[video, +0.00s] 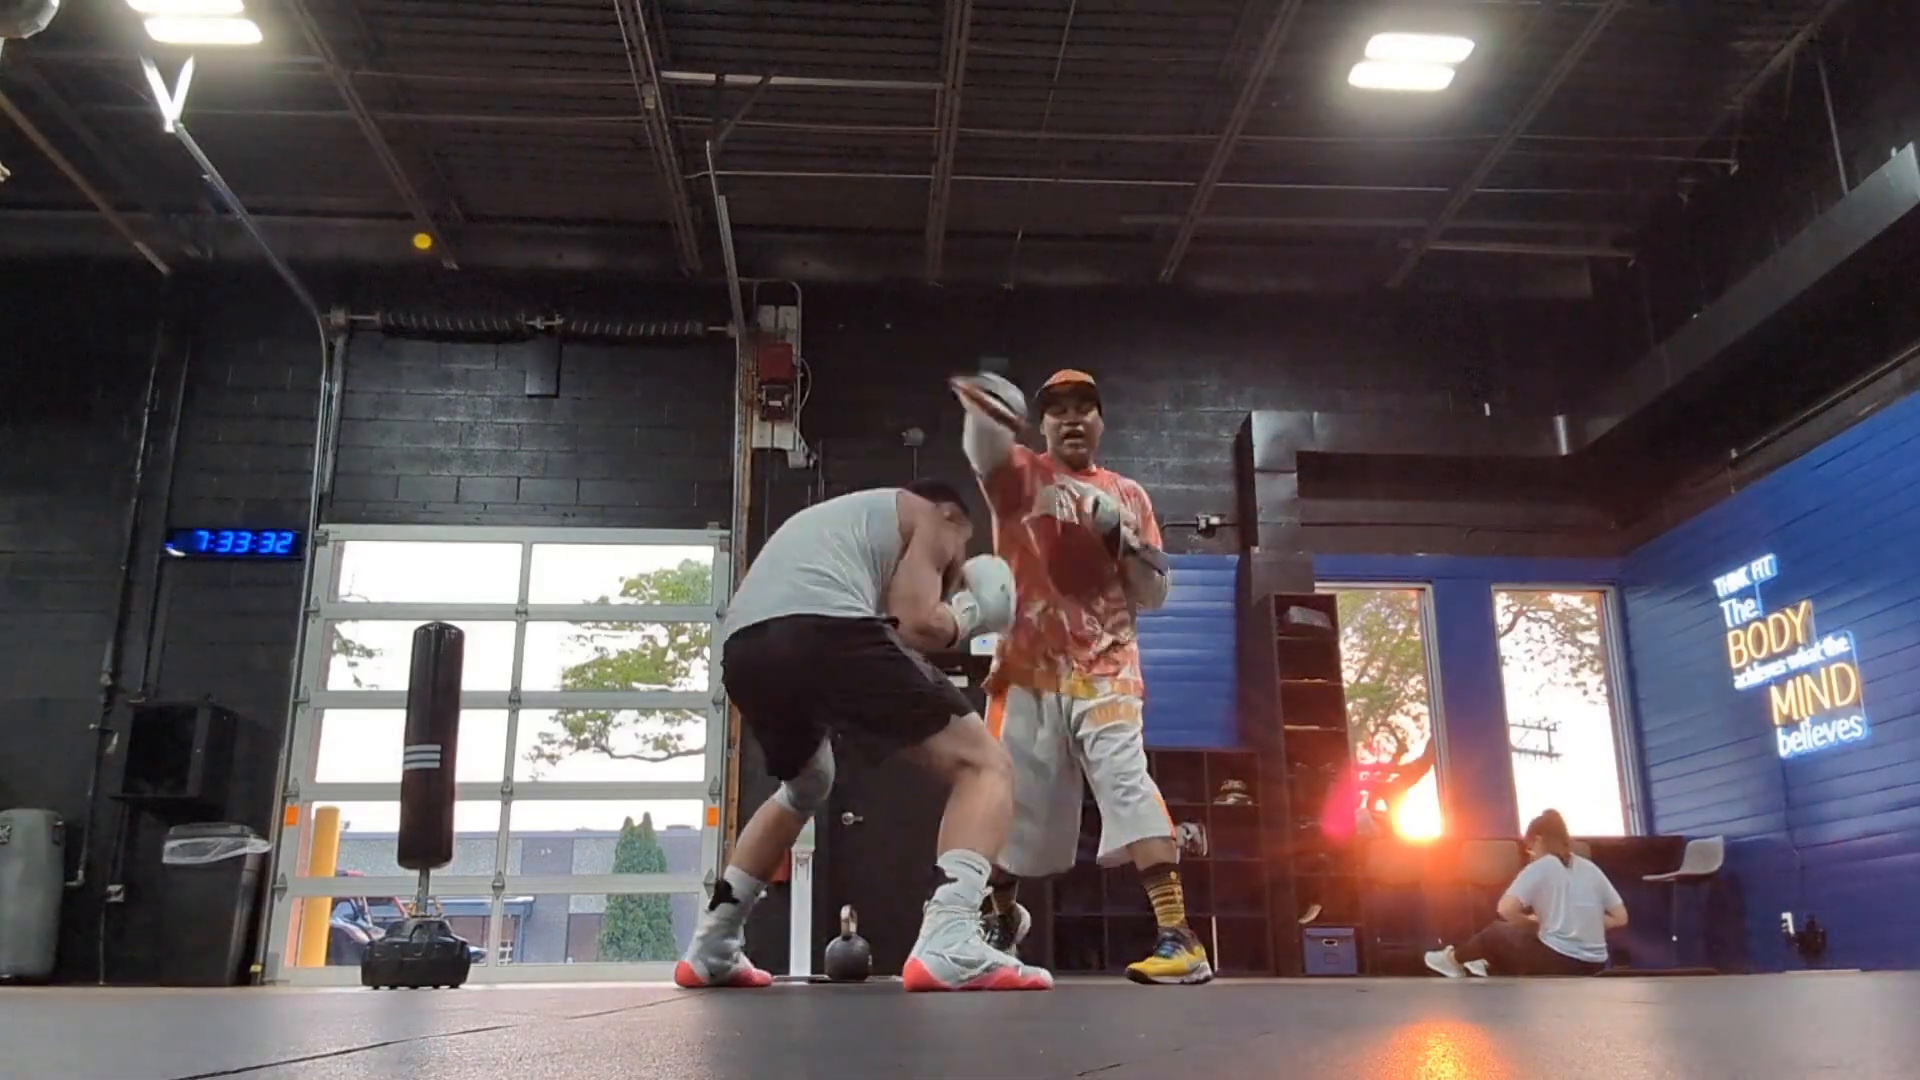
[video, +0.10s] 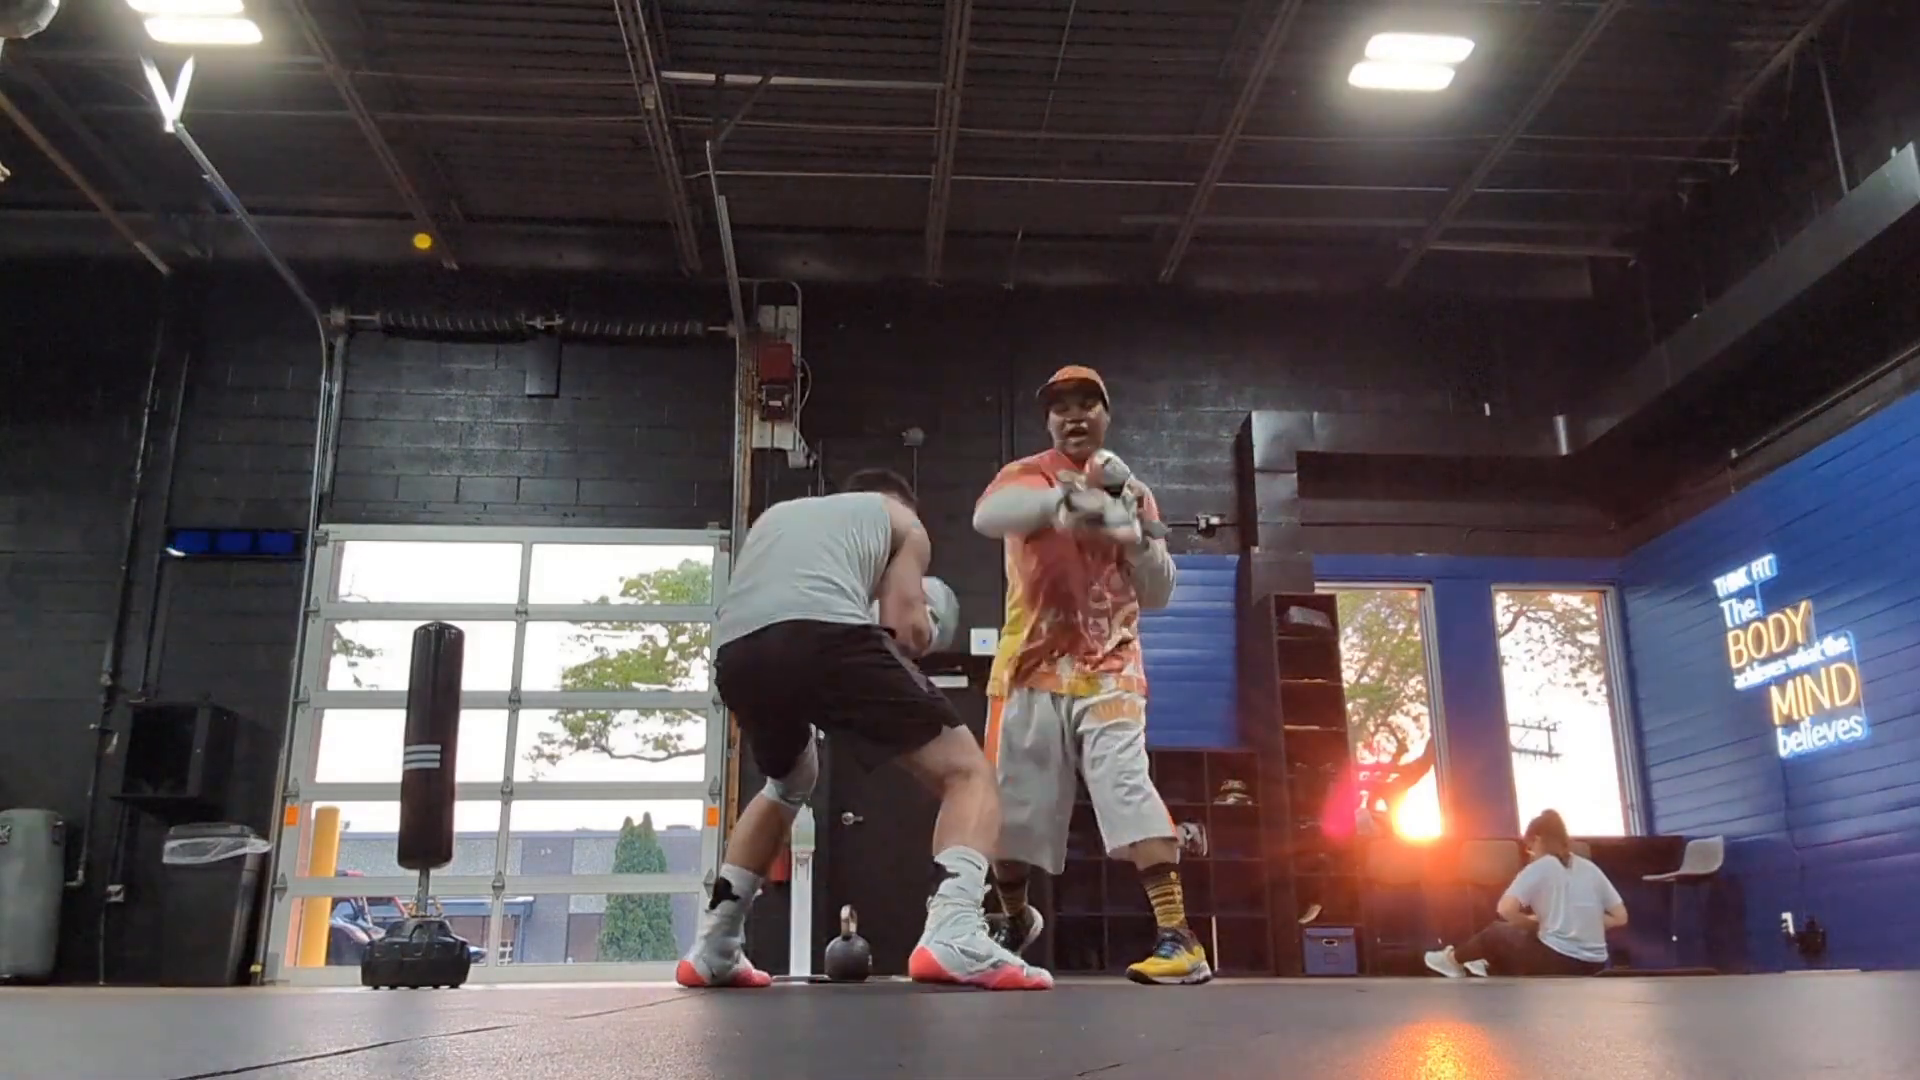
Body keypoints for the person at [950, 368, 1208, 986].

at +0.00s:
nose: (1072, 420)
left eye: (1083, 410)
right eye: (1059, 411)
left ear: (1100, 420)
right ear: (1040, 424)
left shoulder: (1126, 494)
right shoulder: (1019, 480)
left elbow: (1154, 594)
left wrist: (1122, 537)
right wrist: (988, 415)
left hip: (1104, 663)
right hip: (1029, 662)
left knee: (1122, 775)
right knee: (1020, 796)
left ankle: (1178, 938)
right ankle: (996, 926)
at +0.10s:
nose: (1074, 415)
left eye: (1086, 404)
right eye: (1062, 406)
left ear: (1106, 413)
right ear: (1047, 417)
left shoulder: (1133, 493)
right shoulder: (1026, 474)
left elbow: (1157, 594)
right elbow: (988, 515)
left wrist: (1135, 535)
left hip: (1109, 664)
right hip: (1029, 664)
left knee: (1123, 783)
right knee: (1016, 799)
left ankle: (1177, 939)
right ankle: (1012, 923)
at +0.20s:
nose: (1057, 417)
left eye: (1070, 405)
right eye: (1047, 409)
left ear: (1098, 414)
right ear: (1037, 422)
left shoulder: (1131, 491)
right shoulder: (1016, 492)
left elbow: (1165, 577)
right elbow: (965, 582)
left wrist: (1144, 497)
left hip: (1111, 673)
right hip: (1031, 676)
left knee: (1129, 787)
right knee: (1008, 804)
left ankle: (1178, 940)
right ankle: (1026, 927)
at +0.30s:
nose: (1013, 427)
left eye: (1027, 413)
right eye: (1008, 418)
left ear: (1066, 420)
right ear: (1005, 431)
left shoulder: (1103, 484)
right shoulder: (993, 505)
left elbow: (1146, 550)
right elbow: (962, 585)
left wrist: (1121, 467)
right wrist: (984, 620)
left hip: (1104, 667)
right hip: (1028, 673)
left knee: (1126, 789)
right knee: (1007, 803)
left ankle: (1178, 941)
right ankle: (1046, 933)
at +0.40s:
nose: (975, 446)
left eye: (984, 433)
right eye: (971, 436)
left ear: (1018, 430)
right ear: (979, 442)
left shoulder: (1069, 479)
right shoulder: (987, 522)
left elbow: (1067, 529)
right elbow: (991, 611)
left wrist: (1033, 465)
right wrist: (955, 588)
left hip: (1090, 680)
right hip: (1024, 690)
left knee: (1120, 801)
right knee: (1012, 817)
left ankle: (1173, 940)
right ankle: (1056, 946)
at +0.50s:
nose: (950, 451)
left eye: (961, 436)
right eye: (948, 440)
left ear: (1002, 438)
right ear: (971, 448)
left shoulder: (1033, 480)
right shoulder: (983, 521)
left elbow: (1011, 534)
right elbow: (984, 615)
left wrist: (945, 479)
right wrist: (938, 574)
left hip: (1051, 661)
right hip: (1007, 676)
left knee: (1069, 788)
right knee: (1019, 814)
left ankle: (1150, 921)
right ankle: (1058, 947)